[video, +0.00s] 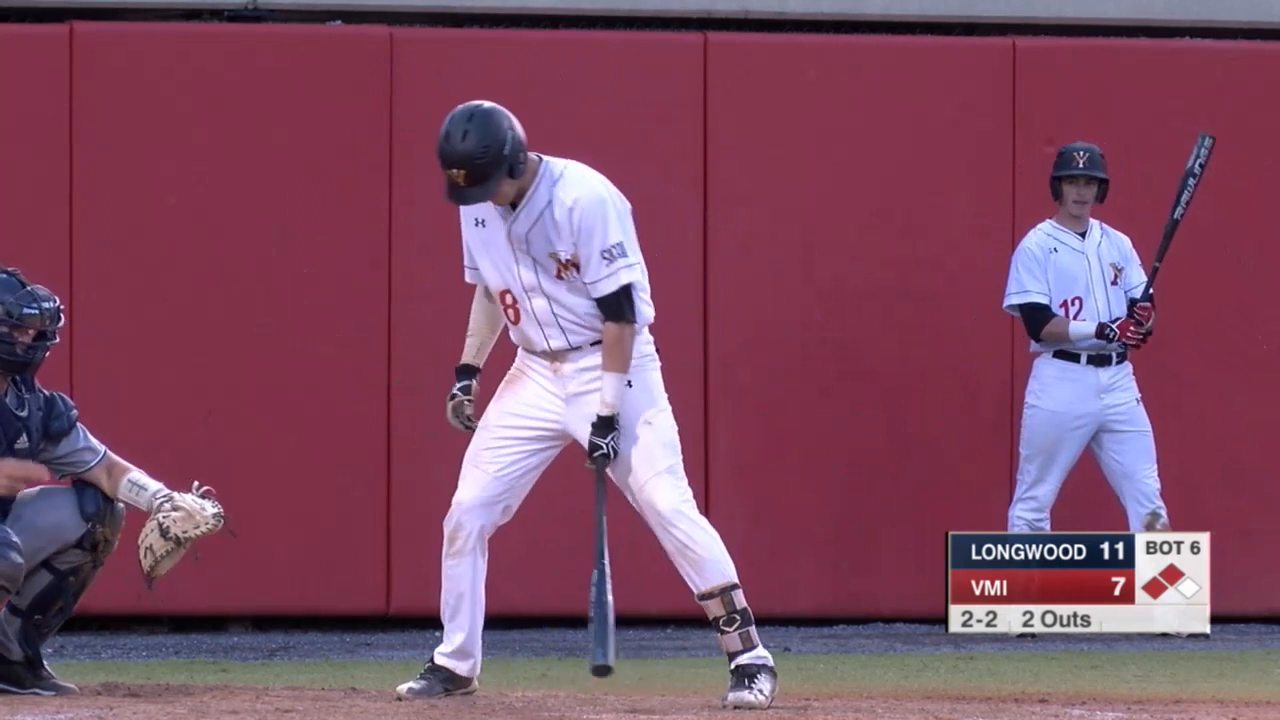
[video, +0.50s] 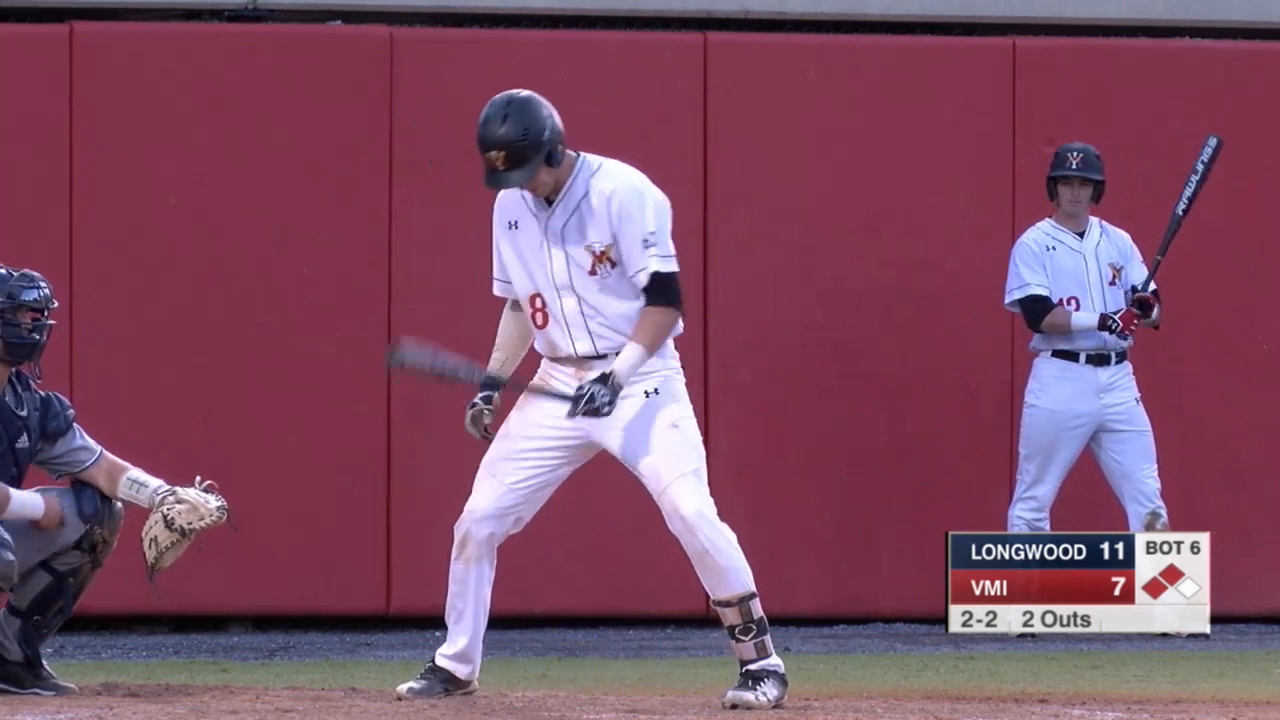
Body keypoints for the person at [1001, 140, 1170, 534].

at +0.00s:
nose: (1080, 191)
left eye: (1089, 183)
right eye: (1072, 182)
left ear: (1100, 189)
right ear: (1057, 186)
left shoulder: (1118, 244)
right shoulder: (1035, 246)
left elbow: (1142, 304)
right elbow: (1041, 326)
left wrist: (1142, 319)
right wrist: (1104, 331)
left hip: (1118, 384)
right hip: (1060, 383)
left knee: (1148, 504)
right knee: (1033, 504)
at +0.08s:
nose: (1079, 192)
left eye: (1087, 183)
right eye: (1071, 182)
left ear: (1099, 189)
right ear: (1056, 186)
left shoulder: (1118, 243)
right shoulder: (1035, 246)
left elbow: (1143, 303)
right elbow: (1040, 325)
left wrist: (1141, 319)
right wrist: (1103, 332)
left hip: (1118, 384)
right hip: (1060, 383)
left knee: (1148, 504)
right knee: (1033, 503)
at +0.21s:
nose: (1077, 192)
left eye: (1085, 183)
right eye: (1069, 182)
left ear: (1097, 189)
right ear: (1055, 186)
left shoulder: (1118, 242)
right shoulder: (1034, 245)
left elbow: (1143, 305)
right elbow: (1036, 323)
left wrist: (1142, 319)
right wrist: (1100, 329)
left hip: (1118, 383)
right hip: (1059, 382)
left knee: (1148, 504)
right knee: (1033, 504)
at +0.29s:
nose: (1076, 192)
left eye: (1085, 184)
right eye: (1068, 183)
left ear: (1097, 188)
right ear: (1054, 187)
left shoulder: (1118, 242)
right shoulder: (1034, 243)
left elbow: (1145, 311)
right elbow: (1035, 320)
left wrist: (1141, 320)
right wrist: (1099, 325)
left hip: (1118, 383)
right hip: (1059, 382)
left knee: (1148, 504)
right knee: (1033, 503)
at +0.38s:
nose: (1075, 192)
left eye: (1083, 184)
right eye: (1067, 183)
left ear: (1096, 188)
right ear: (1054, 187)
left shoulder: (1118, 242)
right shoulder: (1033, 243)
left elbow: (1145, 305)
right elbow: (1036, 318)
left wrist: (1142, 321)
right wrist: (1098, 322)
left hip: (1118, 383)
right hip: (1059, 382)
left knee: (1148, 504)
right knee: (1033, 503)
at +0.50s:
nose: (1075, 192)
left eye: (1083, 184)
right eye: (1067, 183)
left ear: (1096, 189)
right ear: (1053, 187)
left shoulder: (1119, 241)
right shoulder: (1032, 243)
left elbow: (1152, 312)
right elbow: (1040, 317)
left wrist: (1146, 309)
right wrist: (1101, 320)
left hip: (1118, 383)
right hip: (1058, 381)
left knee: (1148, 504)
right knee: (1033, 502)